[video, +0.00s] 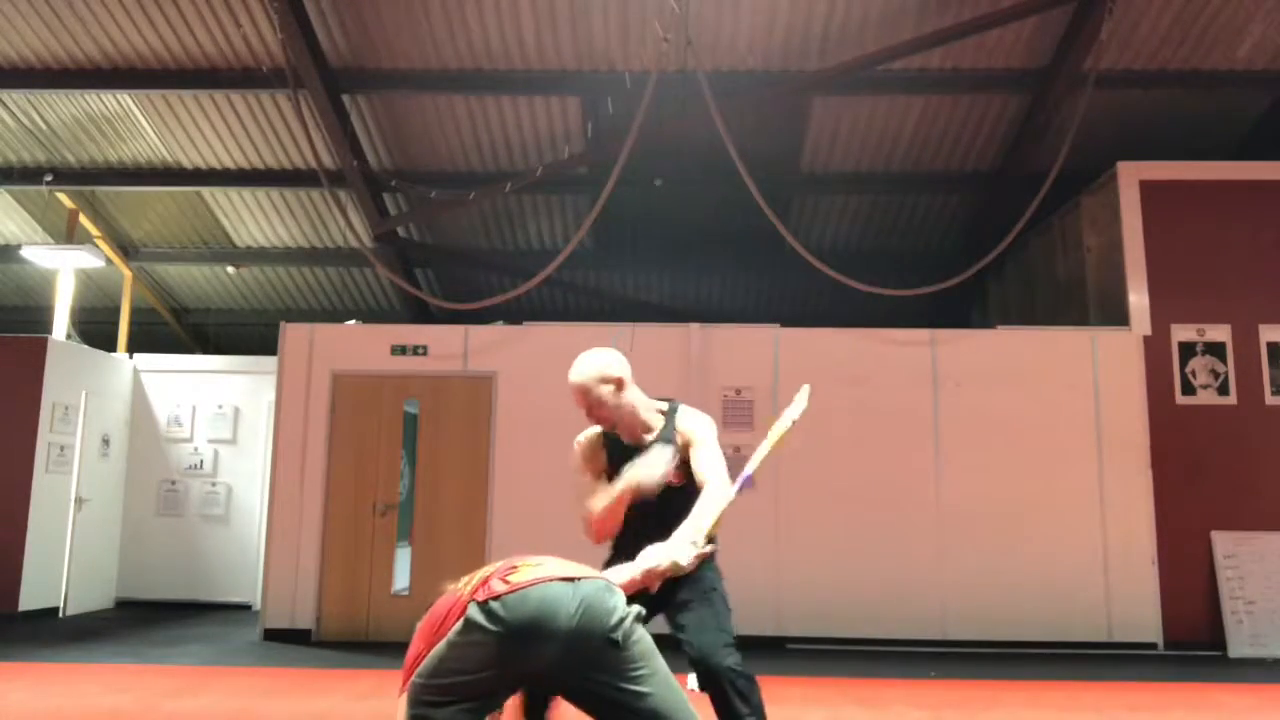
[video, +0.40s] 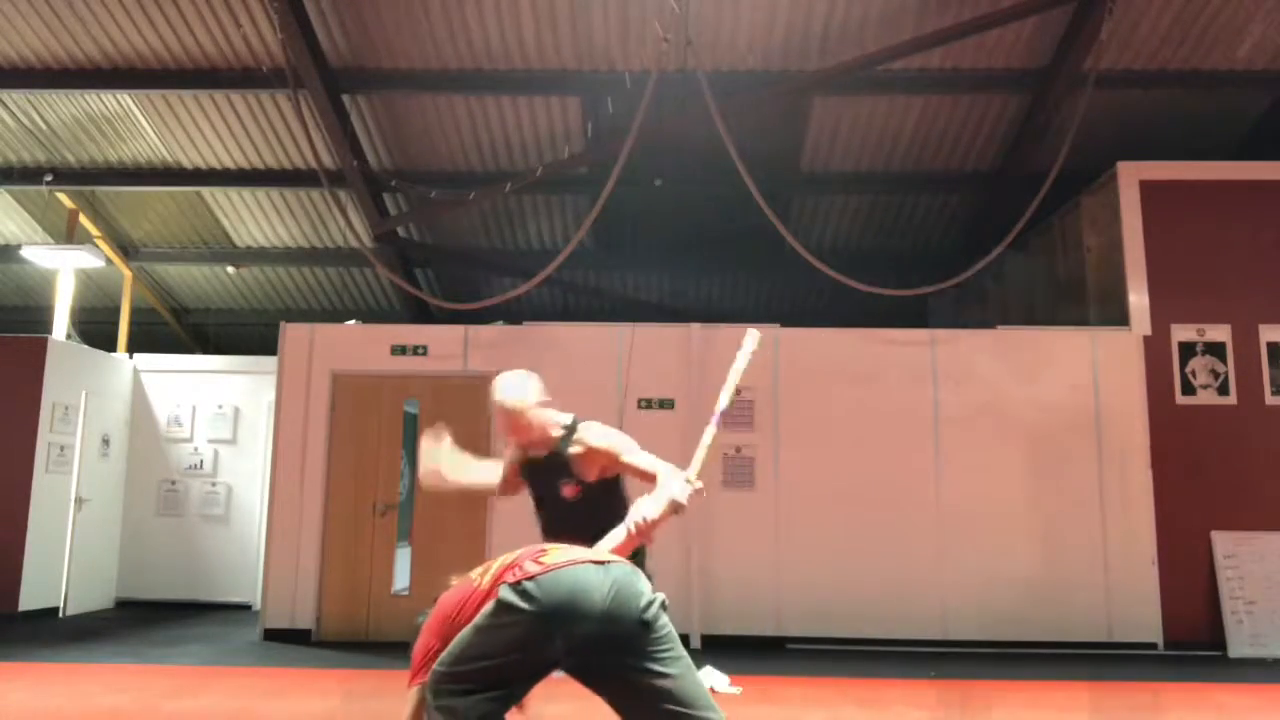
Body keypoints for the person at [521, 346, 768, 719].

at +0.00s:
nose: (590, 416)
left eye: (593, 404)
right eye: (584, 408)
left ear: (619, 385)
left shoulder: (692, 424)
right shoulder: (591, 445)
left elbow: (718, 489)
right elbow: (597, 530)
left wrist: (678, 545)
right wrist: (627, 485)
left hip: (690, 564)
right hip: (628, 568)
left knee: (717, 663)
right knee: (560, 651)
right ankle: (532, 714)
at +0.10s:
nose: (556, 416)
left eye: (557, 404)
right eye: (550, 410)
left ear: (581, 384)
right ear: (555, 409)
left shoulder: (660, 417)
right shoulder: (575, 440)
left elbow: (720, 468)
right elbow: (573, 500)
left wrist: (698, 512)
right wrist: (593, 433)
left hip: (662, 568)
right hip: (603, 574)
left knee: (702, 659)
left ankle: (741, 714)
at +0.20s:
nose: (520, 423)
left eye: (520, 410)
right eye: (512, 418)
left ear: (544, 384)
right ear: (510, 418)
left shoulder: (624, 419)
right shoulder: (529, 451)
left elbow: (694, 459)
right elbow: (528, 535)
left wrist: (677, 490)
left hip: (633, 575)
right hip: (564, 579)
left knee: (678, 670)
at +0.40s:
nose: (509, 429)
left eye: (514, 416)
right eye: (504, 418)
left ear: (535, 408)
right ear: (501, 417)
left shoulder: (591, 439)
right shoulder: (523, 453)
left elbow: (673, 479)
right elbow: (505, 482)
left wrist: (645, 514)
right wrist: (451, 466)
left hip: (617, 572)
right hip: (562, 575)